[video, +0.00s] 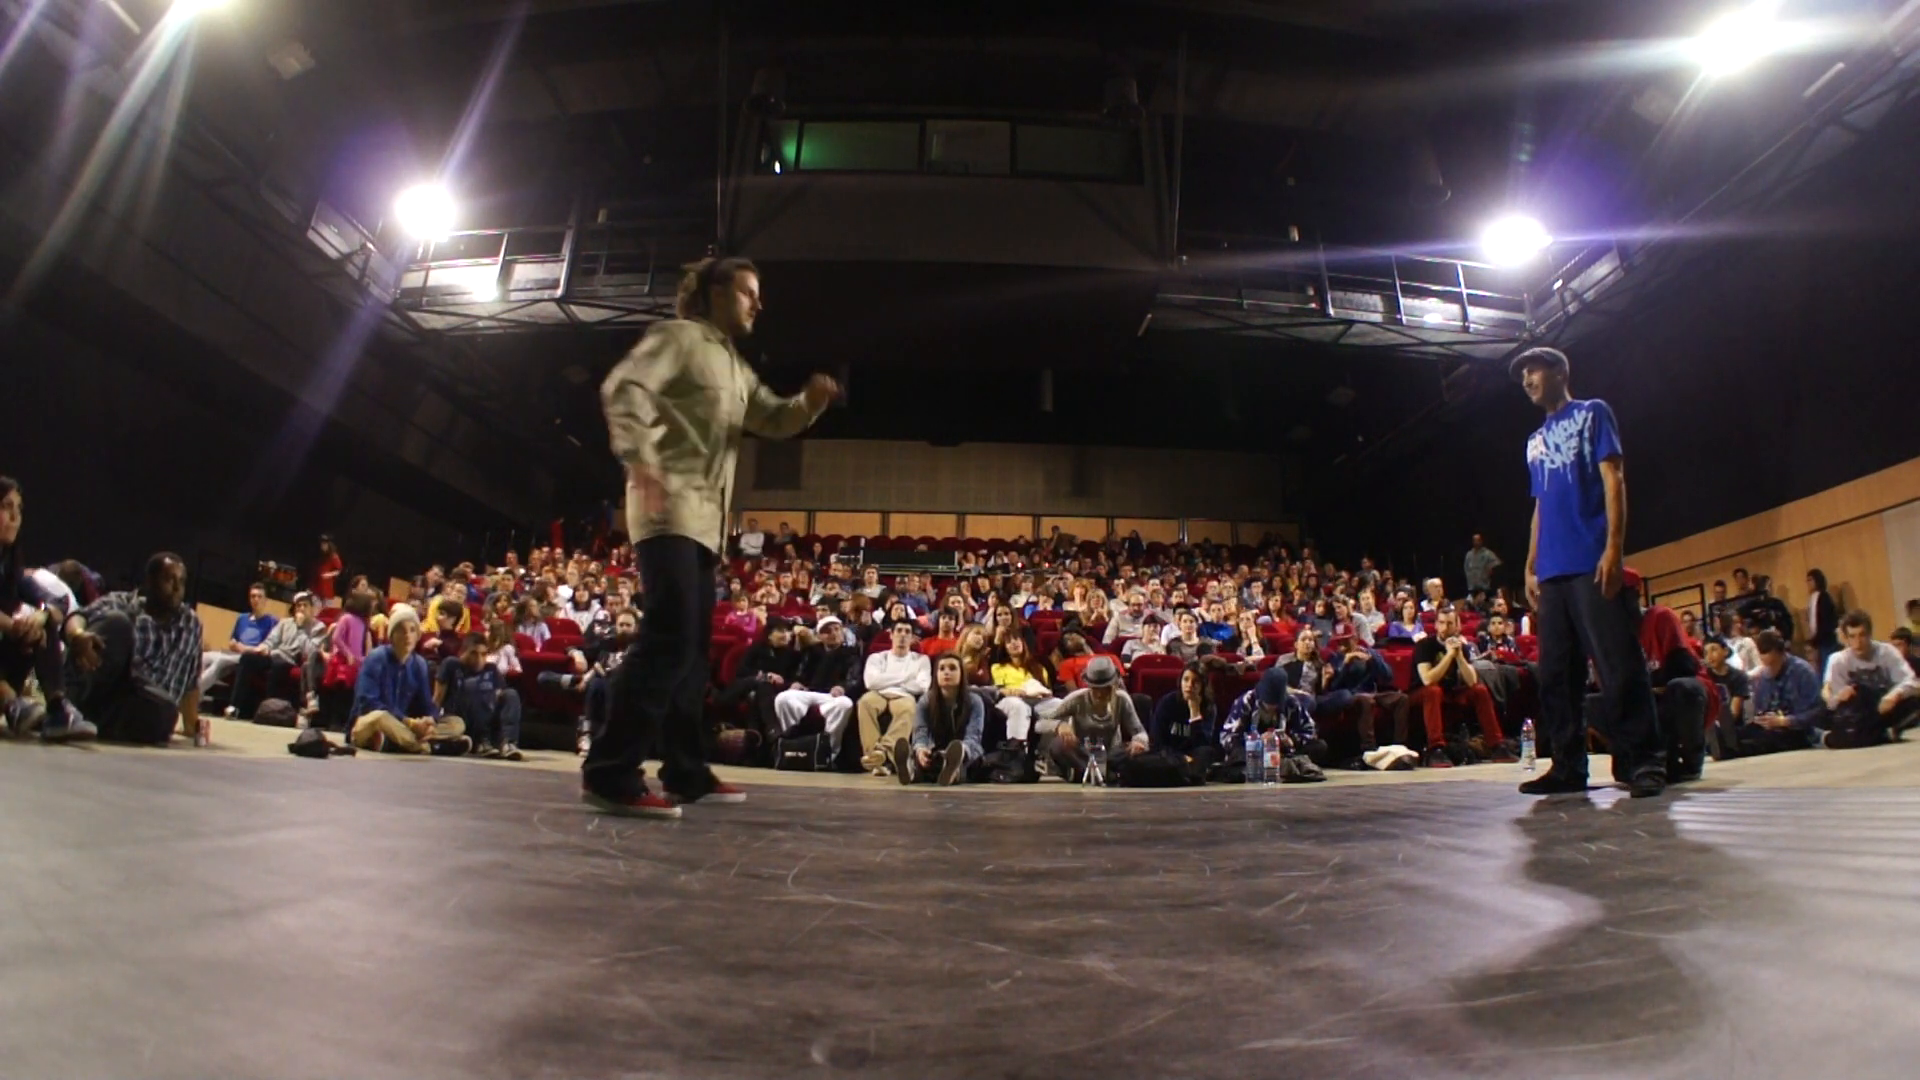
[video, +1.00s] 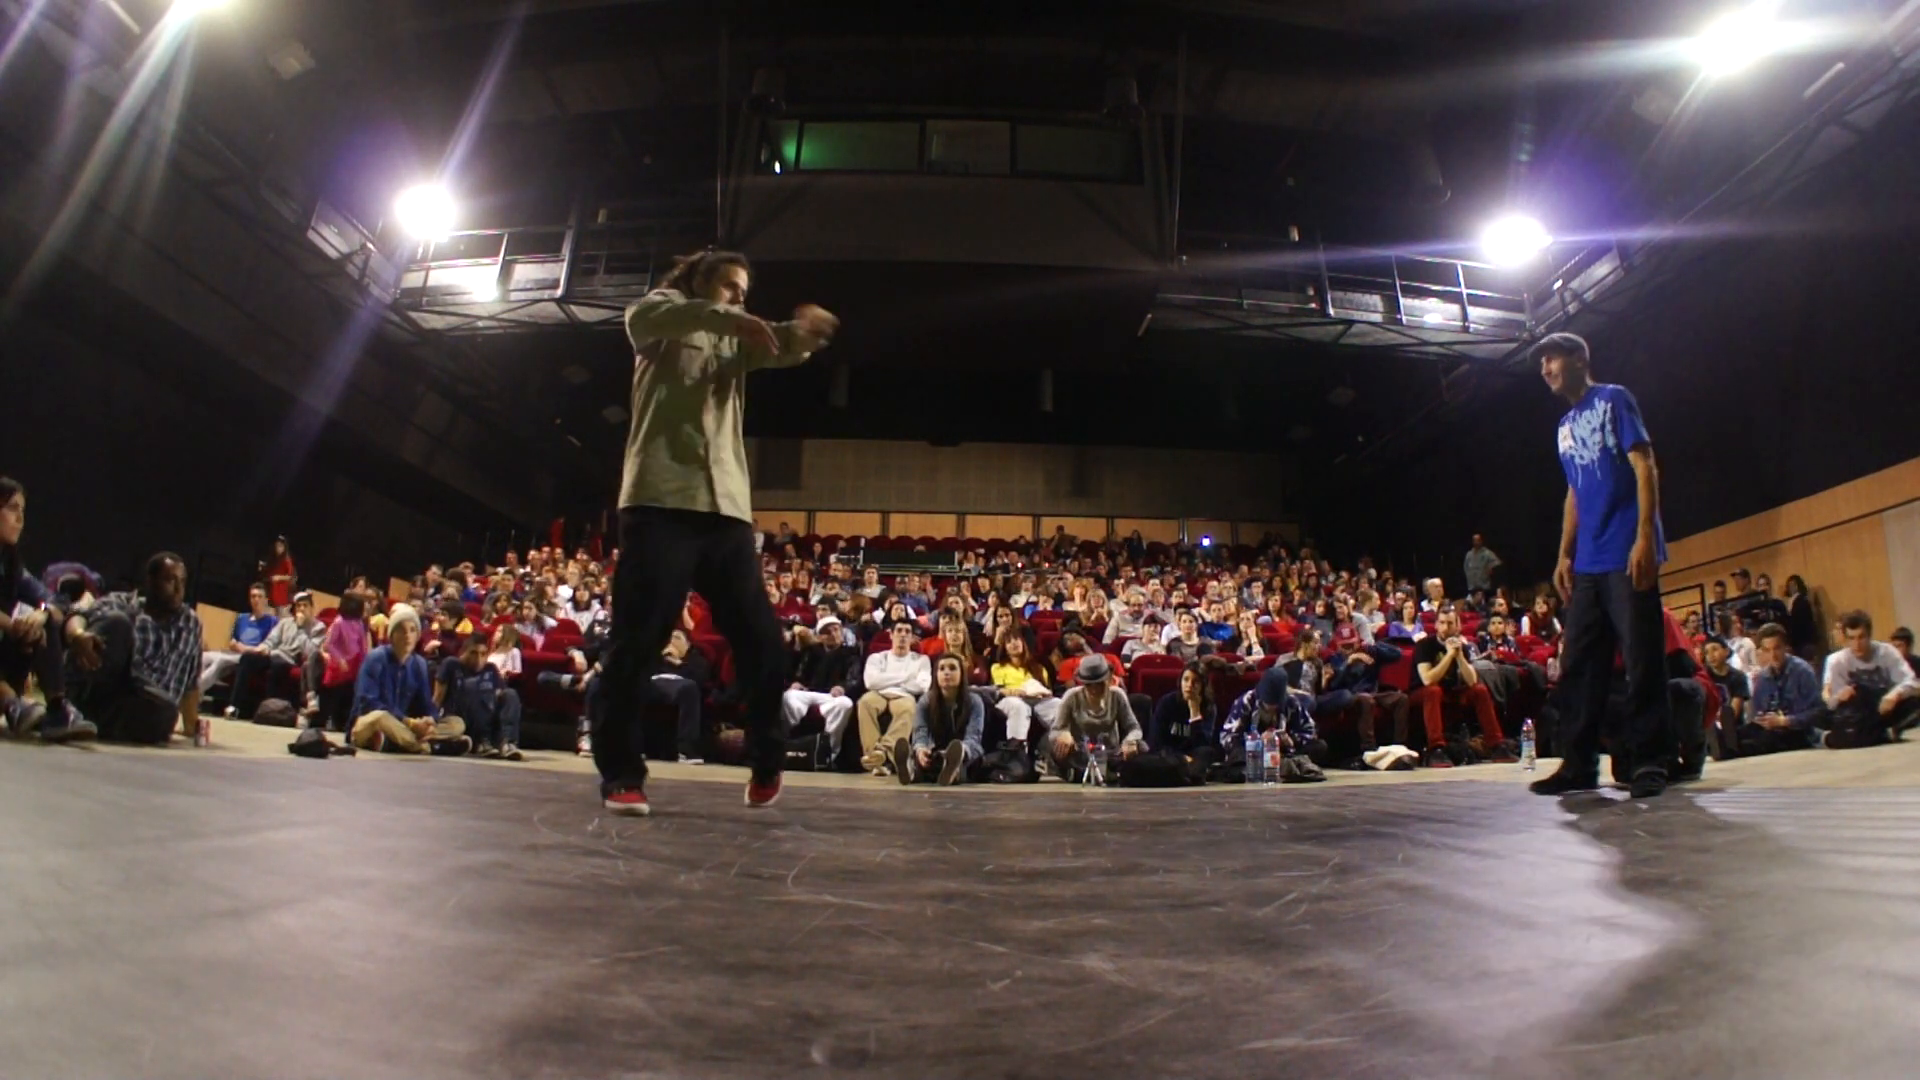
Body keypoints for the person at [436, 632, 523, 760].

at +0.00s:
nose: (479, 659)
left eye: (483, 654)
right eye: (474, 654)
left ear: (487, 654)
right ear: (464, 653)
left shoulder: (491, 669)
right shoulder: (450, 664)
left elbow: (499, 694)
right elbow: (438, 697)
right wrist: (429, 721)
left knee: (511, 695)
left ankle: (508, 743)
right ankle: (483, 742)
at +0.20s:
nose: (478, 659)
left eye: (483, 654)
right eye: (474, 654)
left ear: (487, 654)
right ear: (465, 652)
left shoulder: (491, 669)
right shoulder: (450, 665)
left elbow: (499, 695)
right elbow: (438, 697)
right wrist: (430, 721)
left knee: (510, 694)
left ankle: (508, 743)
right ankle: (483, 742)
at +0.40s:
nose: (478, 659)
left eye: (483, 654)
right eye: (474, 653)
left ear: (487, 654)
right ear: (464, 653)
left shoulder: (491, 669)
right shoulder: (451, 665)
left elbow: (500, 694)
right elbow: (438, 697)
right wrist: (430, 721)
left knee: (510, 694)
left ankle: (508, 743)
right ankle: (483, 742)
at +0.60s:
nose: (478, 659)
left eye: (483, 654)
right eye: (474, 654)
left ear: (488, 654)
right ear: (465, 652)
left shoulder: (491, 669)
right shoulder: (451, 664)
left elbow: (500, 694)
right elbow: (438, 697)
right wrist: (430, 722)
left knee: (510, 694)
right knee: (471, 689)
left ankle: (508, 743)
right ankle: (483, 742)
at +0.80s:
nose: (478, 659)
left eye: (483, 654)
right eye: (474, 654)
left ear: (488, 654)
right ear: (465, 653)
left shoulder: (491, 669)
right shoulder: (451, 664)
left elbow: (499, 694)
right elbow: (438, 697)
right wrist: (429, 721)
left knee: (510, 694)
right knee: (471, 690)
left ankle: (507, 743)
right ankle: (482, 742)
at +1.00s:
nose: (478, 659)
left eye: (483, 654)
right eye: (474, 653)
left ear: (487, 654)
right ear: (465, 653)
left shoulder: (491, 669)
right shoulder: (451, 665)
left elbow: (500, 693)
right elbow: (438, 697)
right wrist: (429, 720)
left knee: (510, 694)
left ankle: (508, 743)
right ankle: (483, 742)